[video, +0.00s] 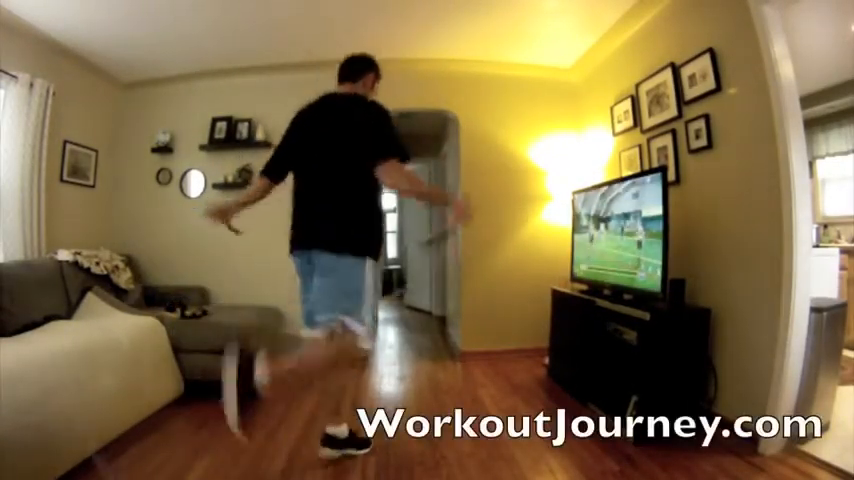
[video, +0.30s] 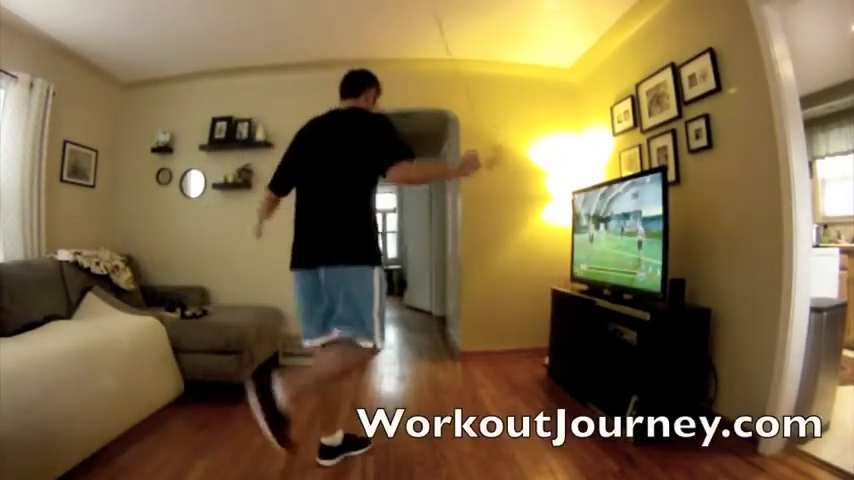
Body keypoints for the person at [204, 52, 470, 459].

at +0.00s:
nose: (376, 91)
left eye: (376, 86)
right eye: (376, 85)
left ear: (339, 78)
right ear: (368, 81)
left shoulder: (309, 114)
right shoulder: (370, 114)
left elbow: (268, 180)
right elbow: (391, 175)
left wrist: (232, 207)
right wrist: (447, 199)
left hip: (306, 238)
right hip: (348, 240)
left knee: (339, 341)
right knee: (343, 342)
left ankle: (338, 430)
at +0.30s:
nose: (376, 105)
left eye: (375, 100)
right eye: (377, 99)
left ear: (340, 94)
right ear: (371, 95)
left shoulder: (310, 130)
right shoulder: (373, 126)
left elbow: (277, 189)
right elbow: (400, 172)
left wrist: (264, 214)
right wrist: (456, 169)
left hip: (308, 250)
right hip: (352, 250)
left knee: (331, 347)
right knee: (360, 347)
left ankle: (333, 438)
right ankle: (283, 386)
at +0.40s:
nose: (378, 109)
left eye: (376, 103)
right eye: (378, 102)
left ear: (342, 98)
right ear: (372, 99)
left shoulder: (313, 135)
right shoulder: (376, 131)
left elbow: (284, 196)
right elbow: (410, 180)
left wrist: (275, 233)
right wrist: (461, 194)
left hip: (309, 253)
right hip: (353, 253)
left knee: (330, 351)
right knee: (358, 351)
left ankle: (341, 434)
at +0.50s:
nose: (381, 119)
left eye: (381, 113)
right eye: (382, 113)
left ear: (345, 109)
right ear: (375, 109)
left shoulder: (317, 144)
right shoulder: (377, 143)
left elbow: (288, 212)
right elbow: (413, 192)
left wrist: (280, 258)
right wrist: (463, 221)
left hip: (309, 263)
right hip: (353, 263)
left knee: (338, 354)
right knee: (373, 354)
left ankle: (349, 432)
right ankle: (334, 435)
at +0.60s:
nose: (387, 119)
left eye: (386, 114)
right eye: (388, 113)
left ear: (352, 108)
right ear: (382, 110)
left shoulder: (323, 144)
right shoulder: (382, 142)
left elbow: (293, 209)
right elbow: (417, 194)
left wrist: (277, 256)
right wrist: (460, 230)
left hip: (313, 258)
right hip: (360, 255)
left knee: (341, 350)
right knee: (391, 319)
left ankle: (340, 435)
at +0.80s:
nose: (405, 93)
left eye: (405, 88)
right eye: (406, 87)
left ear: (371, 80)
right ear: (398, 82)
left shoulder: (336, 113)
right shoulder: (397, 112)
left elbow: (305, 171)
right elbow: (418, 168)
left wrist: (275, 216)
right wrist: (444, 229)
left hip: (321, 220)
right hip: (371, 219)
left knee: (339, 316)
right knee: (392, 303)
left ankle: (298, 394)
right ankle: (379, 392)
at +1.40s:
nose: (413, 124)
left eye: (413, 117)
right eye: (414, 117)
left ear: (376, 111)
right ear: (405, 112)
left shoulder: (346, 143)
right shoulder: (408, 151)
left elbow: (309, 200)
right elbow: (442, 213)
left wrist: (289, 242)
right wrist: (484, 251)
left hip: (331, 261)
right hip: (378, 265)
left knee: (356, 337)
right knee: (381, 351)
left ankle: (363, 402)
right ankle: (373, 437)